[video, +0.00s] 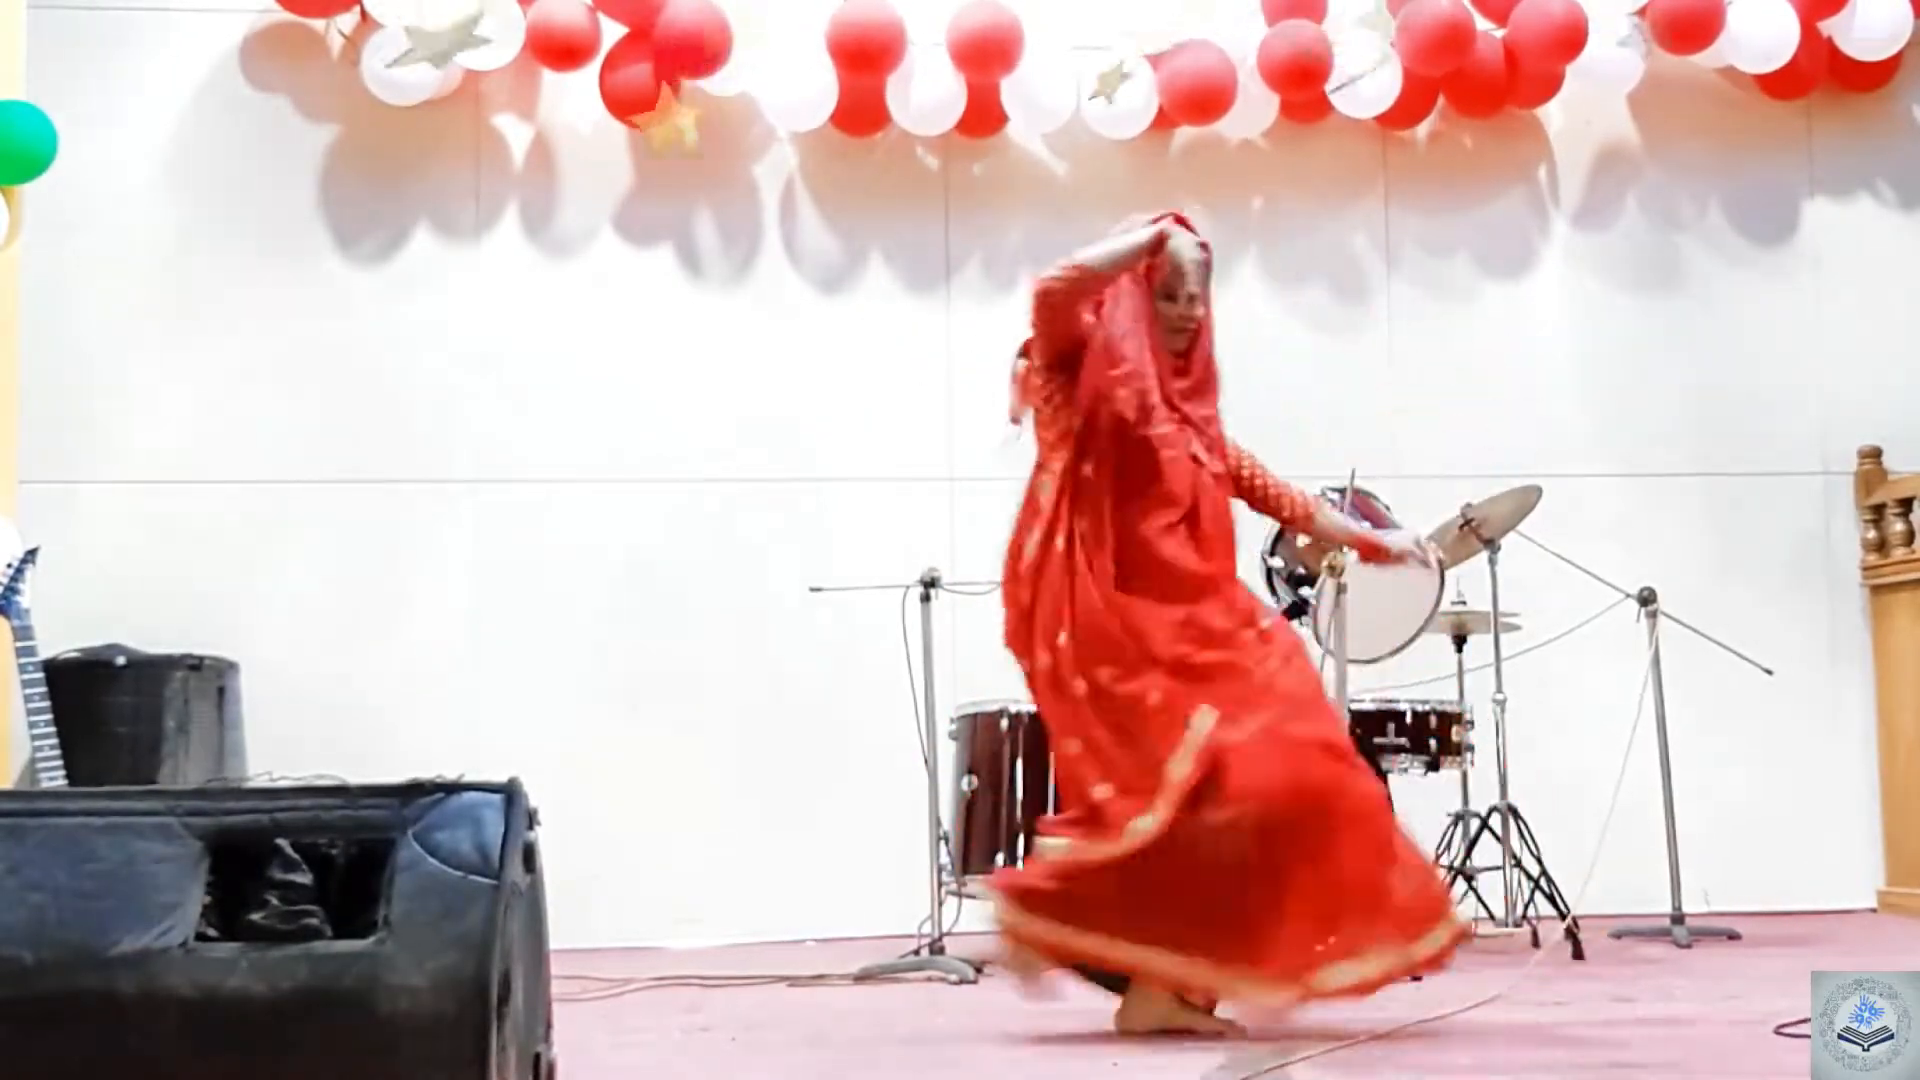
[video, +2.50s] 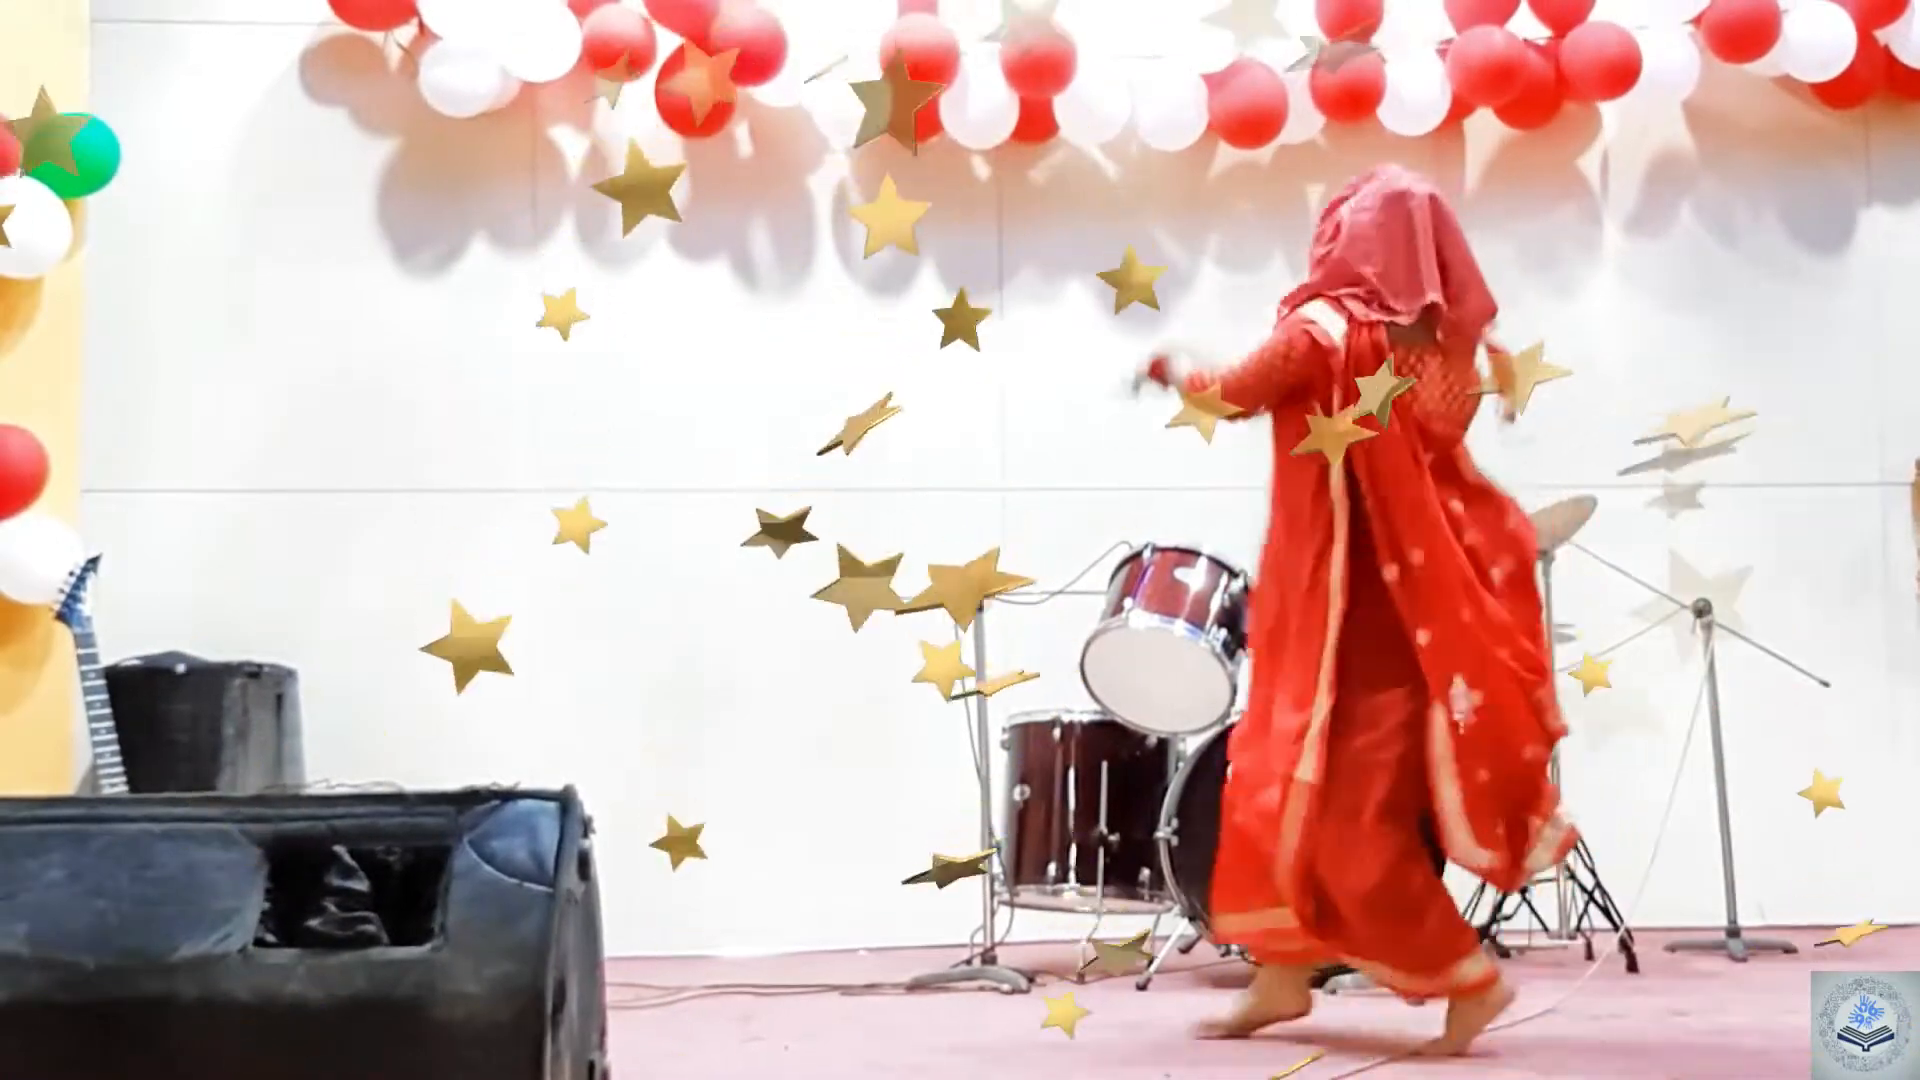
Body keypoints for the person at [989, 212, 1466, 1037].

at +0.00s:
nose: (1190, 313)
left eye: (1200, 297)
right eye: (1174, 297)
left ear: (1211, 304)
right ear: (1140, 299)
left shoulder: (1188, 417)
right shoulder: (1085, 382)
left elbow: (1277, 498)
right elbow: (1055, 290)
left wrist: (1372, 543)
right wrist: (1143, 241)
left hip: (1197, 620)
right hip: (1109, 623)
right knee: (1196, 790)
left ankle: (1160, 991)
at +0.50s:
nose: (1128, 306)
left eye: (1131, 289)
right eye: (1116, 288)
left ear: (1111, 307)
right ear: (1064, 292)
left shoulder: (1101, 411)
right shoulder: (998, 369)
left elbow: (1186, 459)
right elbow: (977, 433)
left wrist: (1288, 456)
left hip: (1068, 635)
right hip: (980, 631)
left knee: (1136, 783)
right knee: (929, 801)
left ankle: (1121, 980)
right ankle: (824, 980)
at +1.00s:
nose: (1277, 282)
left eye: (1273, 268)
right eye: (1267, 269)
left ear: (1178, 280)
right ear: (1240, 277)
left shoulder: (1149, 374)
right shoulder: (1250, 351)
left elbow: (1284, 399)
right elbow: (1342, 394)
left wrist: (1371, 371)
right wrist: (1429, 389)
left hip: (1222, 584)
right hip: (1314, 575)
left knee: (1228, 755)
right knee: (1399, 754)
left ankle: (1161, 928)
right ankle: (1426, 966)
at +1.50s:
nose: (1415, 237)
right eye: (1407, 225)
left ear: (1303, 253)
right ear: (1399, 233)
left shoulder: (1275, 368)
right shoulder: (1416, 288)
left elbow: (1238, 499)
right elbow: (1530, 232)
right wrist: (1514, 216)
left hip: (1314, 599)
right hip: (1428, 581)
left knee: (1337, 792)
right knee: (1474, 748)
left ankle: (1363, 1000)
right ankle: (1476, 909)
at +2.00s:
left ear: (1400, 264)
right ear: (1504, 259)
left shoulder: (1366, 373)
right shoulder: (1546, 352)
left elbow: (1308, 434)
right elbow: (1637, 432)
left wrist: (1273, 414)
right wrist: (1704, 458)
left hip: (1450, 629)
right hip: (1564, 614)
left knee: (1474, 827)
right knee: (1594, 817)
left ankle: (1488, 1021)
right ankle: (1619, 1028)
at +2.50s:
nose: (1320, 238)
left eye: (1332, 224)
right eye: (1329, 223)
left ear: (1351, 241)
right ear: (1426, 250)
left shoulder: (1325, 327)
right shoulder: (1451, 347)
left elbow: (1243, 387)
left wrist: (1179, 373)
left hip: (1358, 623)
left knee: (1344, 817)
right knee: (1281, 786)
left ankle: (1470, 976)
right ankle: (1282, 974)